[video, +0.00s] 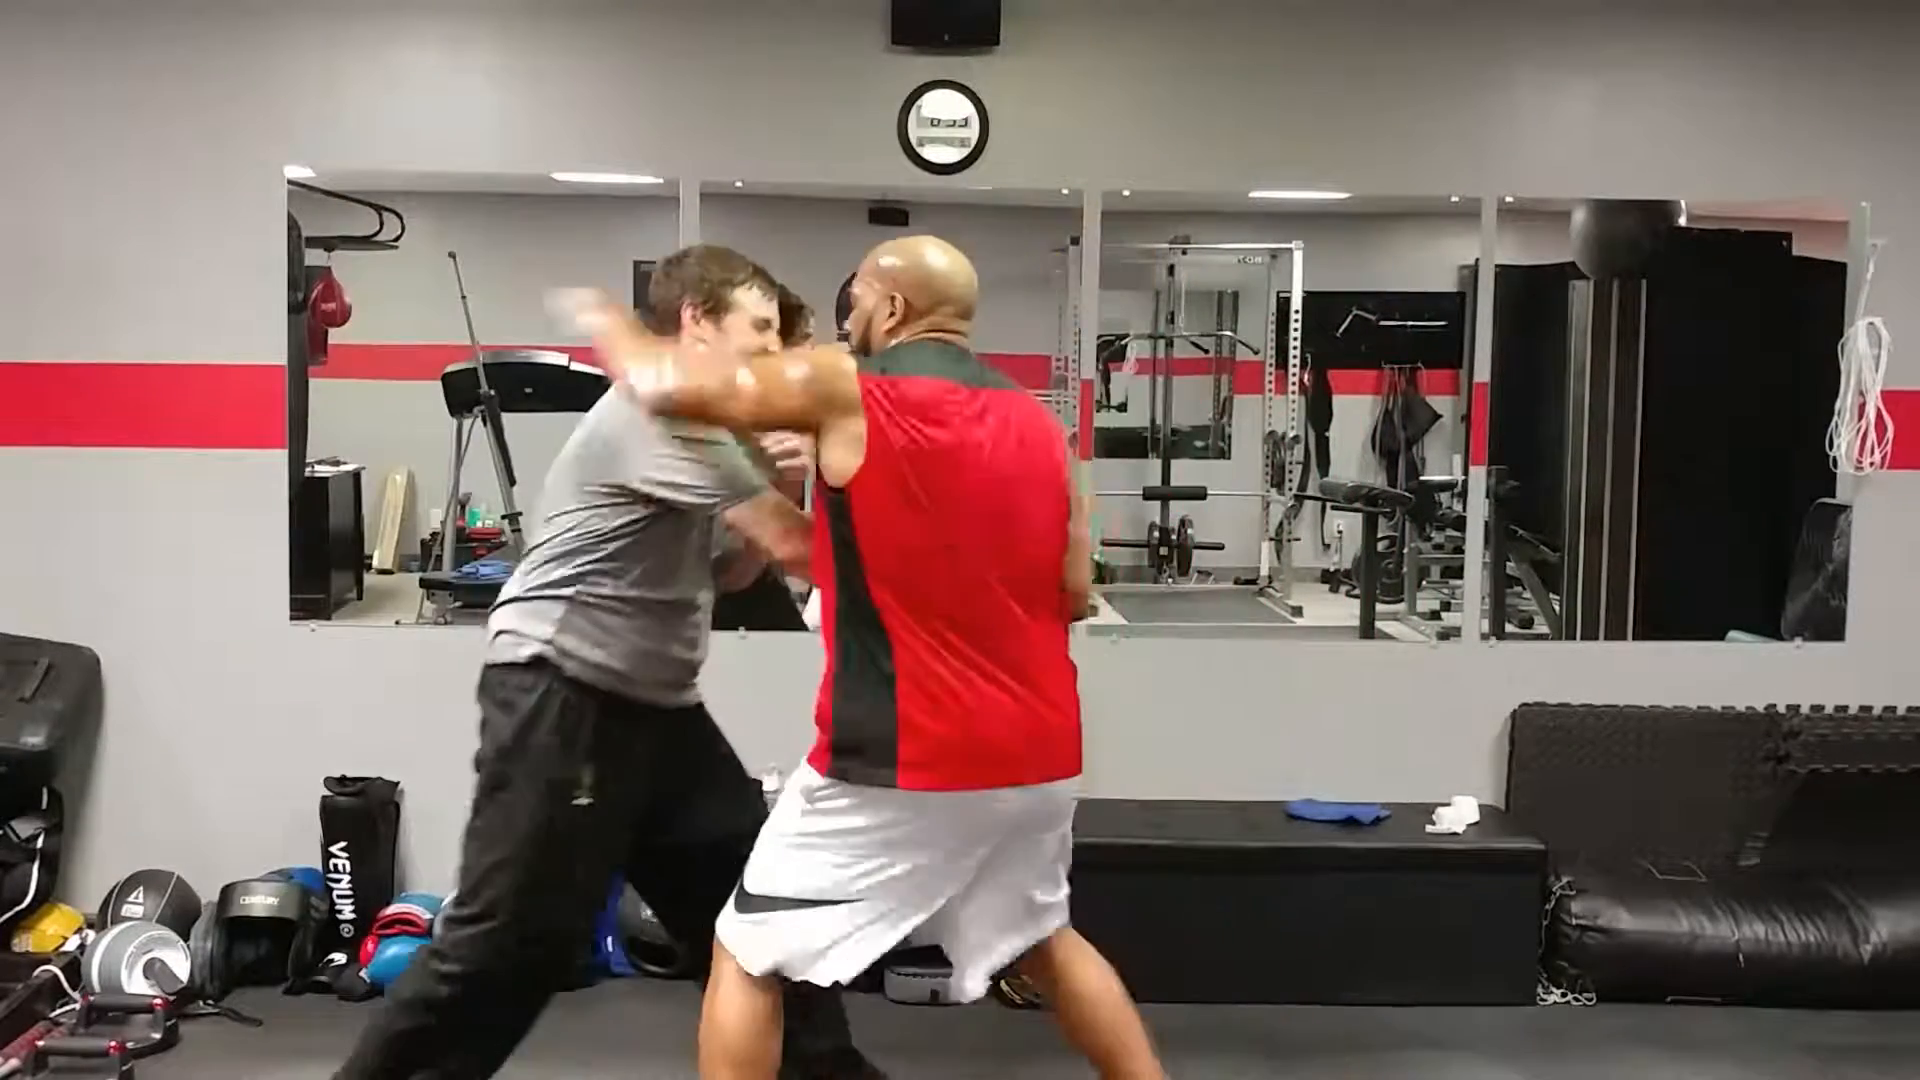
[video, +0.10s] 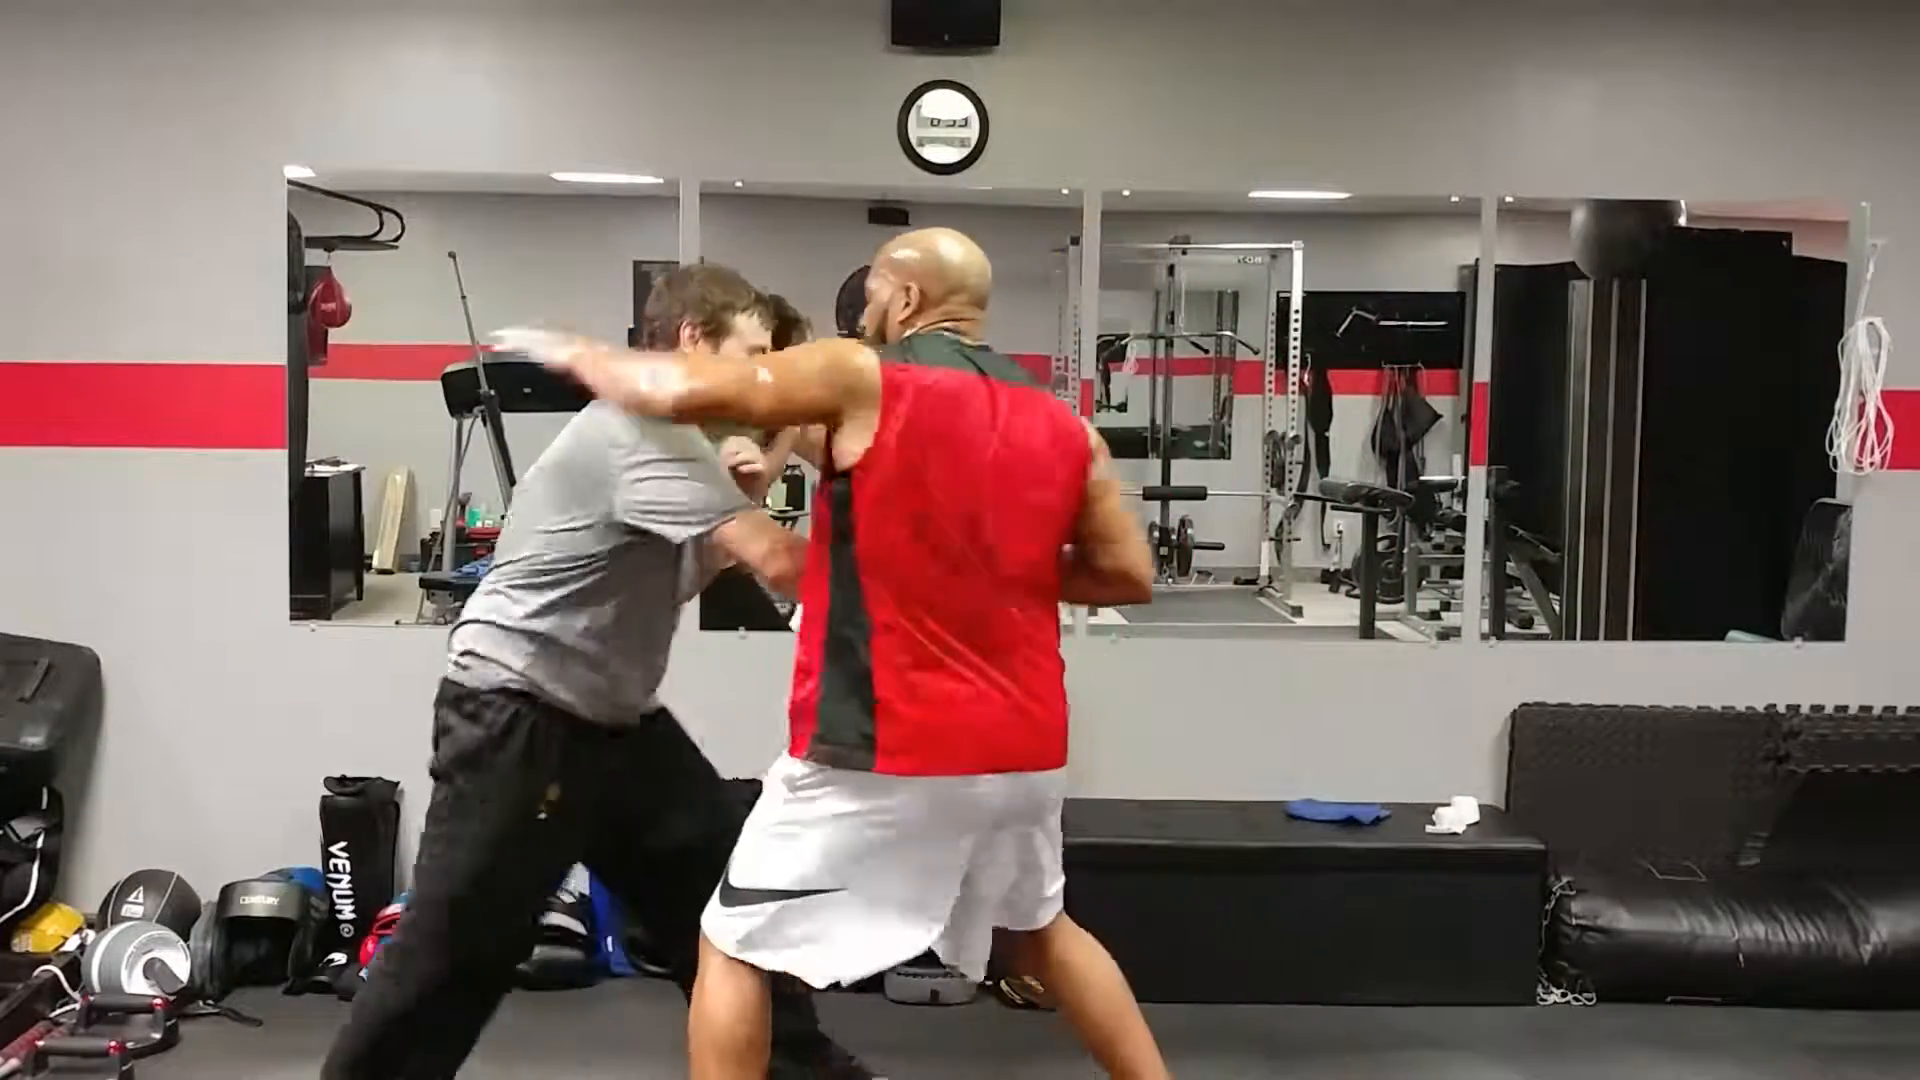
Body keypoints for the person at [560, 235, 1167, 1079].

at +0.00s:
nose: (849, 317)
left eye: (855, 302)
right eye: (851, 303)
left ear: (890, 306)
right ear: (962, 317)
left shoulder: (840, 381)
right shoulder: (1039, 423)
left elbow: (670, 384)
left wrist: (613, 320)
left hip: (895, 748)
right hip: (1041, 743)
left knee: (748, 953)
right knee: (1041, 933)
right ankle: (1146, 1075)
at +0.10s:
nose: (862, 304)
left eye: (872, 288)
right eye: (867, 287)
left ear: (909, 295)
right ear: (974, 309)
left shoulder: (861, 371)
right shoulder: (1066, 428)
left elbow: (678, 390)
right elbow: (1128, 577)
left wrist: (577, 354)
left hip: (874, 740)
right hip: (1026, 743)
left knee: (734, 948)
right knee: (1040, 927)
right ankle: (1152, 1073)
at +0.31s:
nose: (936, 287)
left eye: (950, 270)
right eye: (943, 269)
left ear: (994, 276)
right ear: (1049, 288)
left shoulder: (953, 379)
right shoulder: (1135, 403)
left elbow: (803, 460)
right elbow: (1203, 548)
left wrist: (664, 475)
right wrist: (1094, 562)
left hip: (948, 724)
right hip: (1092, 721)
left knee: (806, 967)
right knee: (1108, 949)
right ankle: (1200, 1076)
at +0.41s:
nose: (985, 277)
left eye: (996, 258)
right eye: (988, 258)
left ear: (1041, 263)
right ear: (1090, 268)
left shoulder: (1020, 370)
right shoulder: (1181, 376)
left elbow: (888, 480)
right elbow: (1226, 533)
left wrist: (750, 526)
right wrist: (1115, 555)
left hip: (1026, 694)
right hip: (1161, 694)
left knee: (862, 920)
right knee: (1148, 927)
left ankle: (801, 1075)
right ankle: (1225, 1073)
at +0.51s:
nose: (1016, 267)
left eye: (1027, 246)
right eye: (1018, 248)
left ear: (1080, 247)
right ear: (1116, 252)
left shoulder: (1068, 357)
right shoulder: (1207, 359)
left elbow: (956, 501)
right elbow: (1240, 522)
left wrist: (816, 568)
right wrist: (1116, 540)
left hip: (1075, 678)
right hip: (1204, 679)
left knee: (901, 880)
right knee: (1173, 918)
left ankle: (911, 1070)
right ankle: (1236, 1076)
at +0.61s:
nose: (1040, 255)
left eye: (1052, 234)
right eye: (1042, 234)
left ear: (1107, 237)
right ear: (1134, 243)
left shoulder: (1099, 347)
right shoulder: (1226, 349)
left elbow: (1030, 509)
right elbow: (1159, 479)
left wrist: (910, 622)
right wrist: (1036, 471)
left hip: (1104, 679)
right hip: (1231, 677)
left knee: (959, 894)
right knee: (1194, 918)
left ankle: (1005, 1074)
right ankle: (1243, 1076)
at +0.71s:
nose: (1052, 249)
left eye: (1065, 228)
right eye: (1055, 228)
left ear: (1122, 235)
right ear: (1152, 240)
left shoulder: (1115, 350)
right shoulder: (1231, 345)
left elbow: (1100, 526)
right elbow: (1209, 510)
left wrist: (1017, 674)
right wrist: (1079, 546)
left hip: (1120, 696)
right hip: (1236, 693)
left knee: (1027, 931)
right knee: (1200, 919)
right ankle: (1246, 1076)